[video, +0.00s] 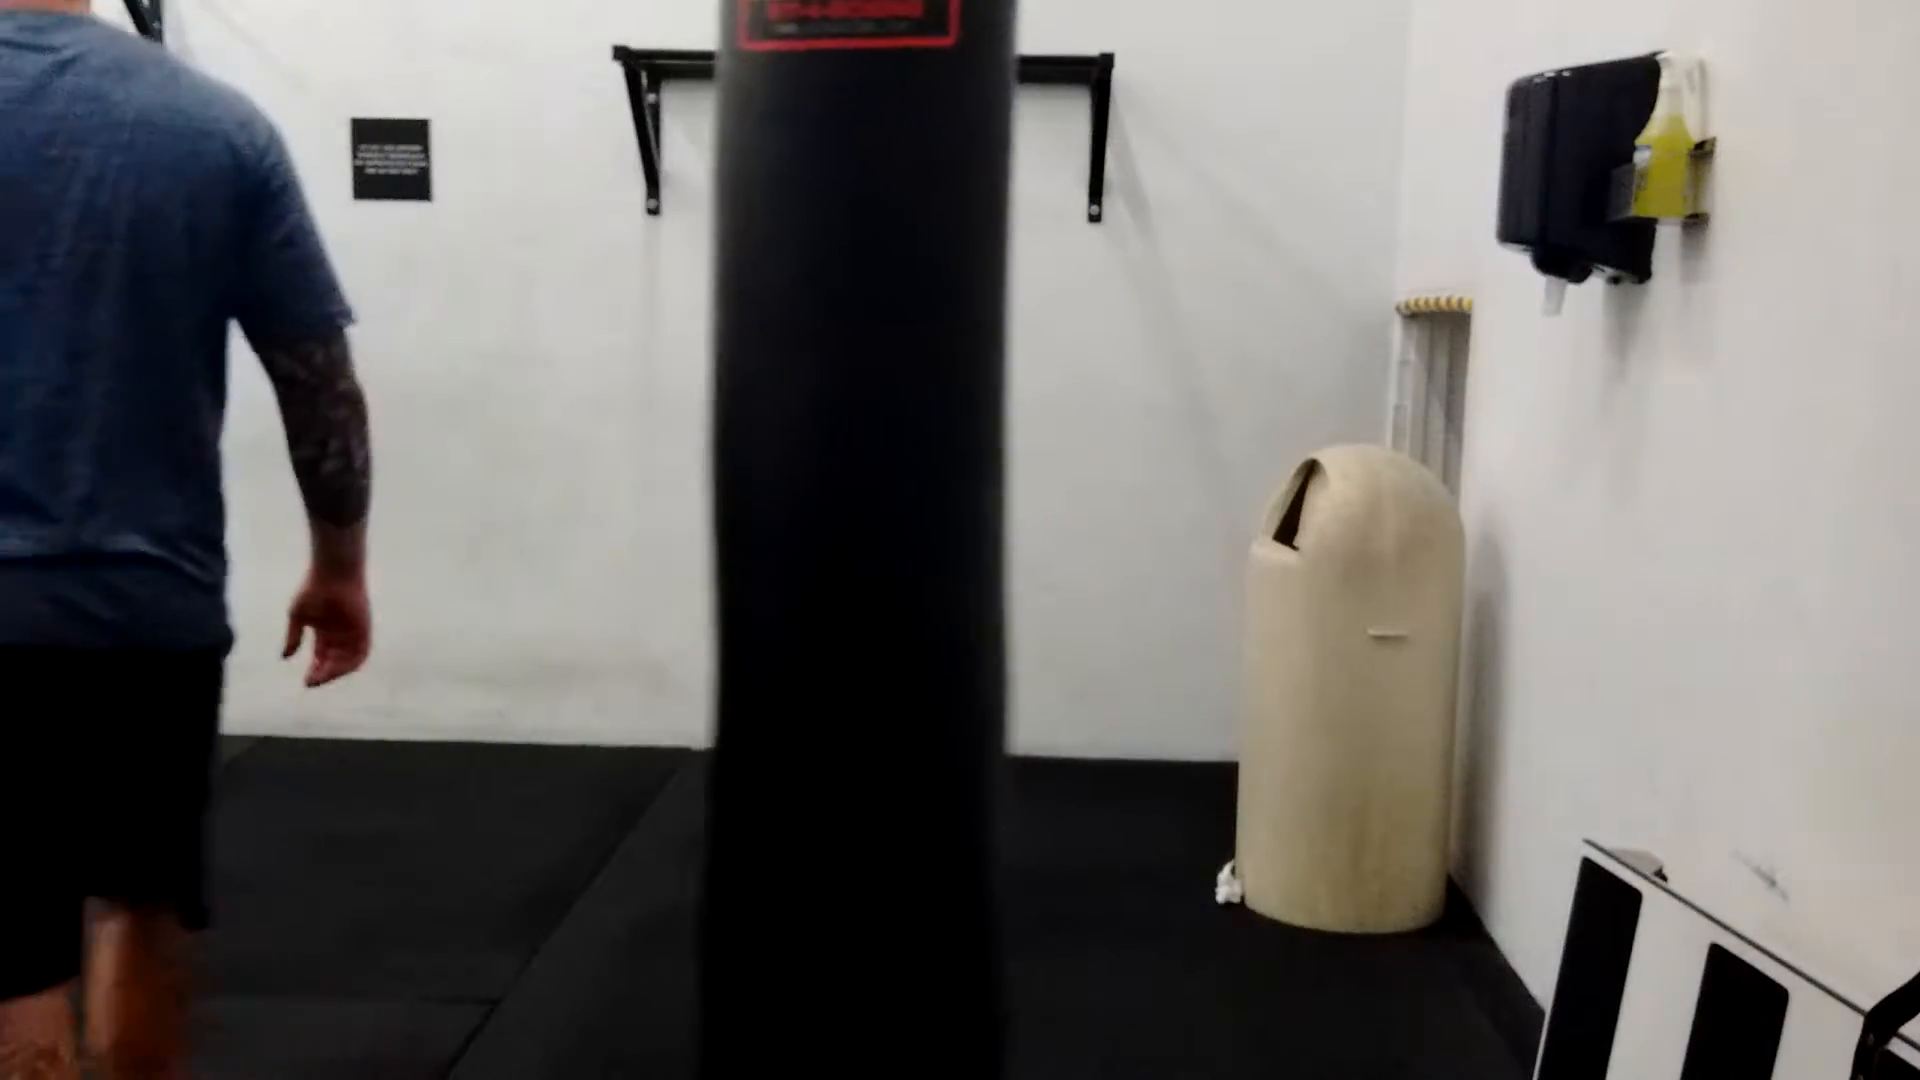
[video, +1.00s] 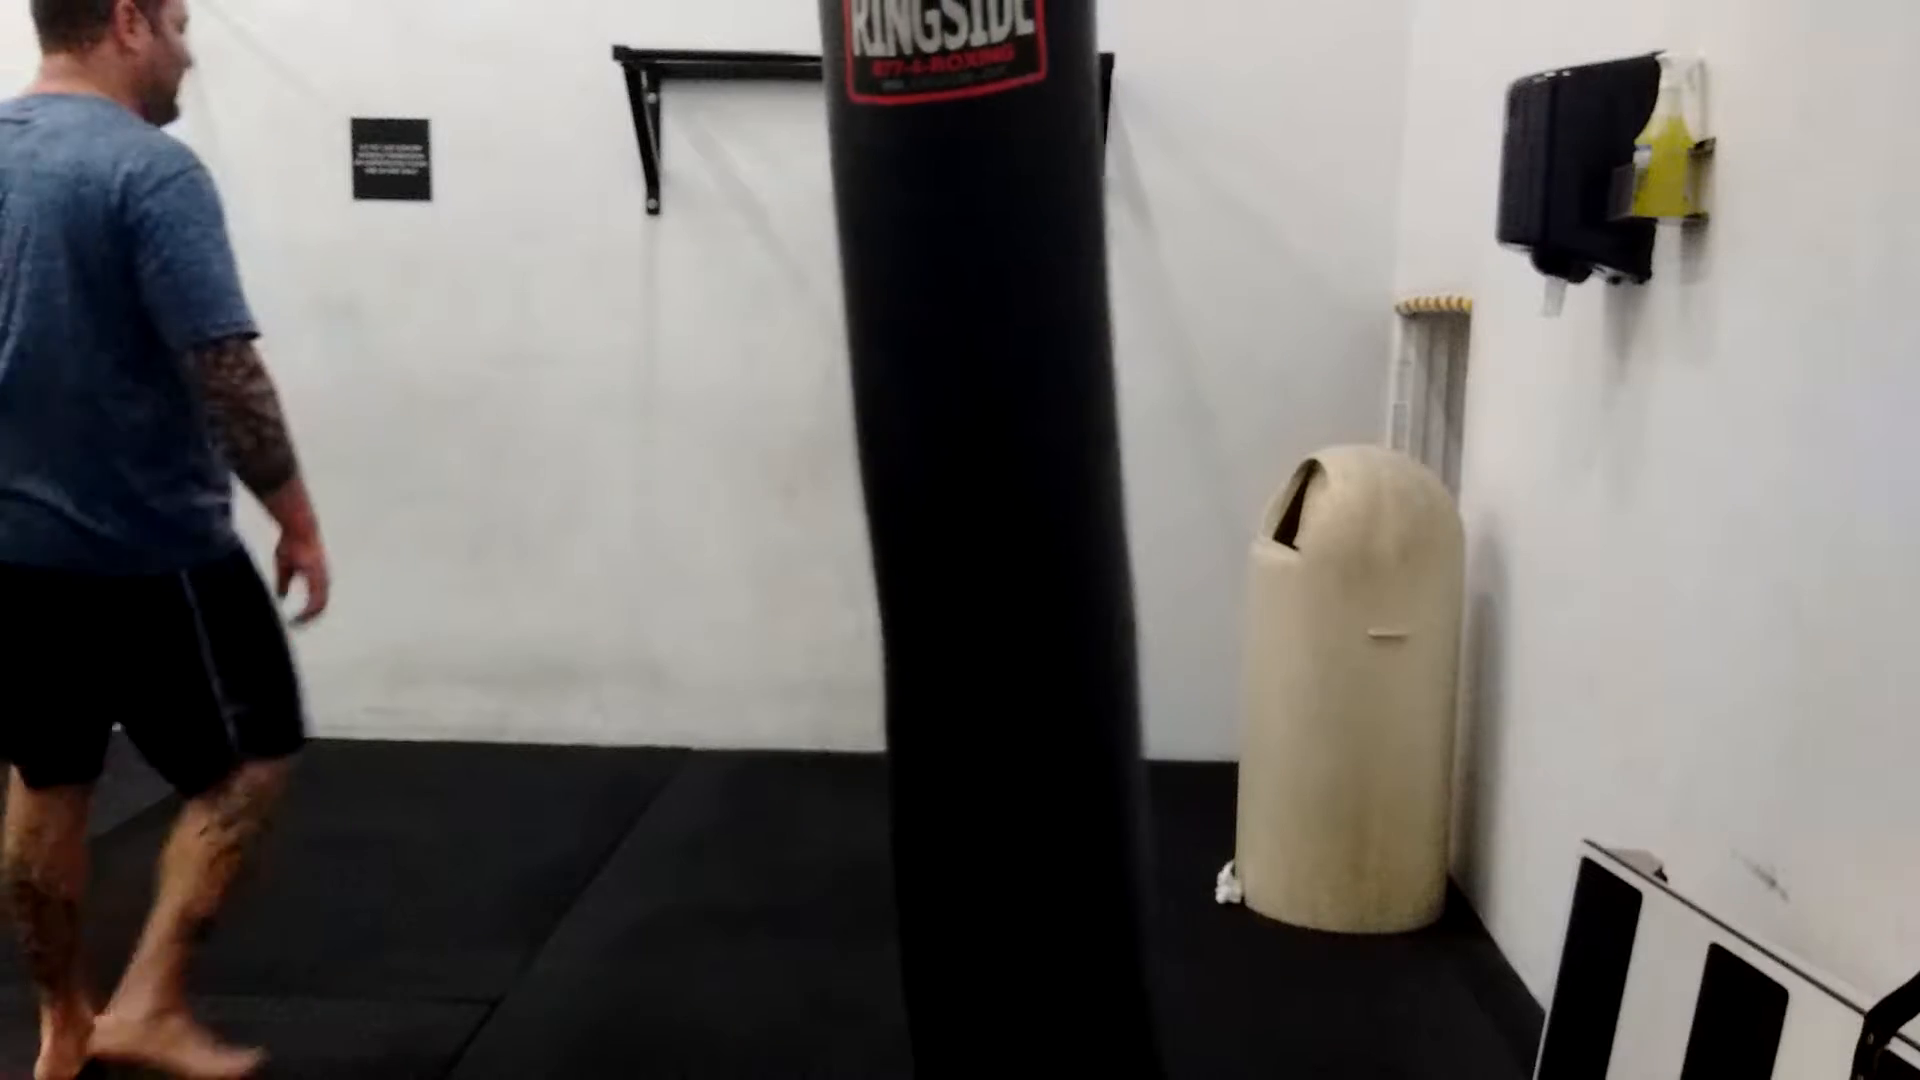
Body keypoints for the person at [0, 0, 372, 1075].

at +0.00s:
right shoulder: (210, 126)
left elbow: (317, 376)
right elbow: (319, 377)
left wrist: (334, 564)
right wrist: (337, 564)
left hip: (14, 598)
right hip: (151, 606)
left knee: (22, 977)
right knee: (143, 915)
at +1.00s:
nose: (188, 50)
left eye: (186, 27)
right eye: (179, 26)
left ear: (73, 29)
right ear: (128, 22)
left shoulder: (8, 139)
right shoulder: (147, 166)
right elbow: (225, 367)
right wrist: (294, 515)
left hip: (24, 533)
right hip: (151, 535)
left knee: (44, 771)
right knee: (251, 753)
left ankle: (61, 1028)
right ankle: (146, 1005)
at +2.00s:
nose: (343, 65)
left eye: (358, 49)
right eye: (320, 45)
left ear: (376, 68)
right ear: (274, 63)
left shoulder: (416, 198)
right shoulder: (218, 194)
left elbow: (486, 310)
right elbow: (173, 358)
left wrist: (499, 373)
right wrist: (192, 512)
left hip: (396, 516)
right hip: (272, 525)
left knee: (408, 721)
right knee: (271, 747)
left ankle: (432, 915)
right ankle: (245, 974)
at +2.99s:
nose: (350, 84)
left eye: (365, 71)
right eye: (332, 72)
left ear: (392, 90)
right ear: (302, 94)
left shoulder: (465, 199)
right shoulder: (270, 215)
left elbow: (547, 315)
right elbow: (221, 340)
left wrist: (485, 406)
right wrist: (226, 454)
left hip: (451, 483)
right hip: (339, 487)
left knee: (458, 680)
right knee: (368, 676)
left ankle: (478, 870)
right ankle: (375, 846)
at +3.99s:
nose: (316, 64)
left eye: (331, 47)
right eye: (292, 46)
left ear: (354, 67)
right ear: (252, 69)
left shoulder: (428, 192)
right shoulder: (204, 201)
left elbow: (506, 332)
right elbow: (105, 331)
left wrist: (437, 423)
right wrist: (191, 442)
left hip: (420, 519)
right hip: (274, 527)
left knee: (488, 710)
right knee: (286, 744)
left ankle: (466, 866)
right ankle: (279, 966)